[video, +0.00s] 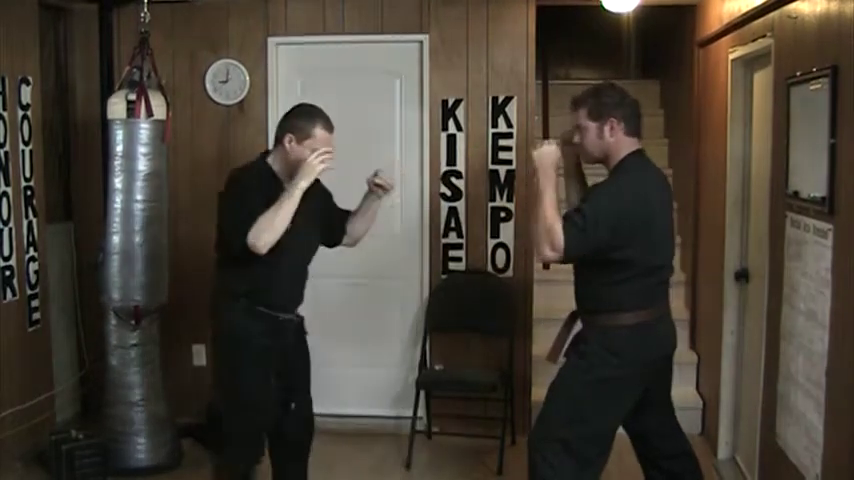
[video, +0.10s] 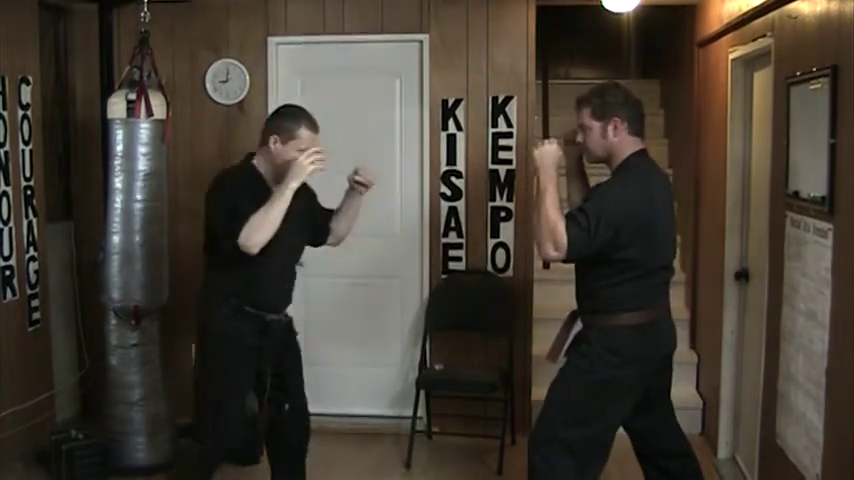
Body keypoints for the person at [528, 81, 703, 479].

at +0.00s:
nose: (576, 139)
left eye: (581, 129)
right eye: (576, 130)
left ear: (611, 128)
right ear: (615, 128)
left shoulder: (620, 189)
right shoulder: (651, 179)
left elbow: (552, 247)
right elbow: (630, 265)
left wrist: (546, 172)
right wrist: (580, 318)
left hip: (615, 342)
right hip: (650, 335)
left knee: (554, 448)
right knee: (663, 446)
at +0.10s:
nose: (580, 138)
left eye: (585, 129)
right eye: (579, 130)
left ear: (615, 127)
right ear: (620, 127)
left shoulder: (623, 188)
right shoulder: (653, 179)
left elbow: (556, 246)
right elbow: (585, 228)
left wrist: (547, 173)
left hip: (614, 341)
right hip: (651, 335)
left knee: (553, 450)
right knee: (662, 445)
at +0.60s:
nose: (586, 138)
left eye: (590, 128)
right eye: (585, 129)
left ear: (620, 127)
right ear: (626, 127)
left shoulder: (628, 187)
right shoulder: (659, 179)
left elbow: (559, 243)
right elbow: (596, 224)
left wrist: (550, 172)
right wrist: (581, 165)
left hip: (617, 343)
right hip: (655, 336)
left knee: (557, 451)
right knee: (664, 448)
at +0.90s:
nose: (586, 137)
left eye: (590, 128)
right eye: (585, 128)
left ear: (620, 126)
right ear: (626, 127)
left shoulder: (627, 187)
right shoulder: (659, 180)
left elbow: (558, 243)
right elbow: (596, 223)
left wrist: (549, 170)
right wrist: (581, 164)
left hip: (617, 343)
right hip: (655, 336)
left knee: (556, 451)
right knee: (665, 449)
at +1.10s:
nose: (585, 137)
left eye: (590, 127)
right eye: (584, 128)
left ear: (620, 126)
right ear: (625, 127)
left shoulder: (627, 187)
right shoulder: (658, 180)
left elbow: (558, 244)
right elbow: (595, 224)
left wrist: (549, 170)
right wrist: (581, 164)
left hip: (617, 343)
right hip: (654, 336)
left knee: (556, 452)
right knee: (664, 448)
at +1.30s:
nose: (585, 137)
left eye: (590, 127)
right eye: (584, 128)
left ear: (620, 126)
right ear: (625, 127)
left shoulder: (626, 187)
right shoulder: (659, 179)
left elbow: (558, 244)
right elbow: (597, 223)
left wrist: (548, 170)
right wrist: (582, 163)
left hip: (616, 343)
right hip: (655, 337)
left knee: (555, 452)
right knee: (664, 449)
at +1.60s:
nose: (584, 137)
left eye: (588, 127)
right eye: (583, 127)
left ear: (617, 126)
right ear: (625, 126)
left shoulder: (619, 189)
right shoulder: (664, 181)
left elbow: (550, 247)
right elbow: (602, 225)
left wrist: (544, 180)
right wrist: (588, 166)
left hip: (616, 343)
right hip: (658, 336)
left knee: (556, 451)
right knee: (665, 447)